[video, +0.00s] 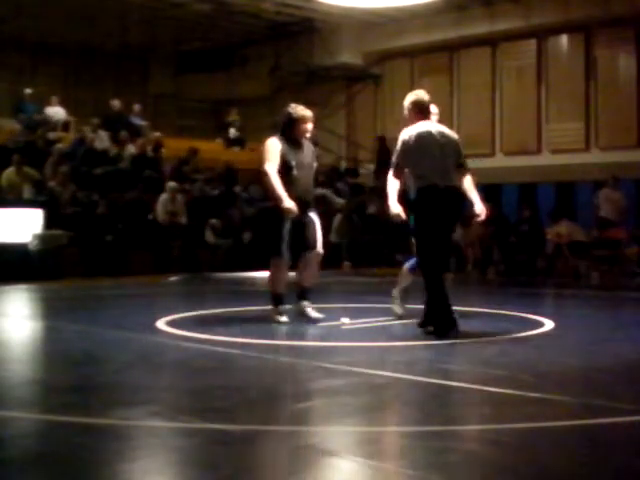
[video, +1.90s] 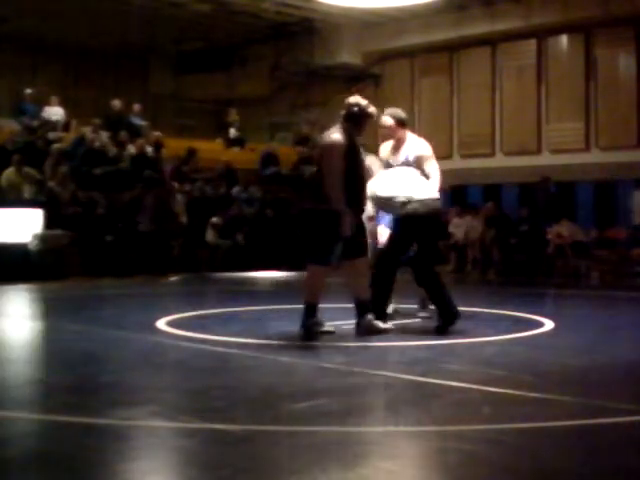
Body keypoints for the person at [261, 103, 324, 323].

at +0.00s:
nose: (309, 128)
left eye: (310, 124)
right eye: (305, 124)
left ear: (310, 126)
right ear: (292, 124)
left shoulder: (309, 147)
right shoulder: (275, 144)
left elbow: (308, 175)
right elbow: (270, 170)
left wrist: (310, 198)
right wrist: (284, 199)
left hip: (307, 206)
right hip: (284, 206)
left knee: (314, 251)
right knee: (281, 257)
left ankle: (303, 300)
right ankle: (278, 305)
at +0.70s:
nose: (335, 121)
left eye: (335, 116)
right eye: (330, 116)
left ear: (328, 120)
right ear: (317, 118)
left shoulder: (327, 146)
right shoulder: (305, 140)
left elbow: (332, 182)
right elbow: (302, 170)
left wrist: (342, 205)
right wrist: (314, 205)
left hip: (329, 209)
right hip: (313, 208)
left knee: (322, 258)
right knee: (311, 257)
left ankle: (317, 306)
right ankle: (305, 307)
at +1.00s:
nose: (340, 127)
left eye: (339, 121)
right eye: (337, 121)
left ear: (313, 120)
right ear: (327, 120)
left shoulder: (301, 142)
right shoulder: (321, 140)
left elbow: (298, 179)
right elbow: (329, 174)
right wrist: (339, 205)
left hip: (302, 208)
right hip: (316, 209)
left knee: (308, 262)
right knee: (312, 262)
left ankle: (309, 311)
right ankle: (310, 313)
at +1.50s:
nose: (347, 128)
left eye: (348, 123)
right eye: (346, 123)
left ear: (327, 118)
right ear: (335, 121)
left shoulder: (319, 141)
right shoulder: (318, 143)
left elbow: (319, 184)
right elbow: (316, 185)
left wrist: (334, 209)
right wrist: (323, 215)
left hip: (311, 209)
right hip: (311, 210)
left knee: (312, 261)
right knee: (314, 262)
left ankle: (297, 306)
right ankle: (303, 313)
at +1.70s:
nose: (355, 129)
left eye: (356, 124)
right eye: (354, 123)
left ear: (340, 118)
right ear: (343, 120)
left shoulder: (340, 142)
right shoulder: (323, 142)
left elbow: (343, 178)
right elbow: (317, 183)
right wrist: (319, 217)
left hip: (337, 212)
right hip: (321, 212)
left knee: (346, 259)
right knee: (314, 266)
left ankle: (329, 310)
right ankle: (307, 318)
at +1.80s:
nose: (361, 128)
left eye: (362, 123)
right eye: (360, 122)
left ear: (344, 117)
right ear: (350, 119)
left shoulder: (344, 142)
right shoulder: (328, 141)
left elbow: (348, 179)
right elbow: (326, 184)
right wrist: (330, 217)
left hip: (344, 212)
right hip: (327, 213)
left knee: (355, 260)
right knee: (315, 266)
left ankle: (355, 314)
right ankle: (308, 319)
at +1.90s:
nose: (369, 129)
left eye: (370, 124)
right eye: (368, 123)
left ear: (349, 117)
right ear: (359, 120)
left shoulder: (348, 142)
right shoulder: (336, 142)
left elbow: (351, 182)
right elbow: (335, 184)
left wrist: (360, 211)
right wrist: (344, 214)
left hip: (350, 214)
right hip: (335, 214)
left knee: (359, 265)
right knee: (319, 268)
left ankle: (364, 316)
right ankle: (310, 320)